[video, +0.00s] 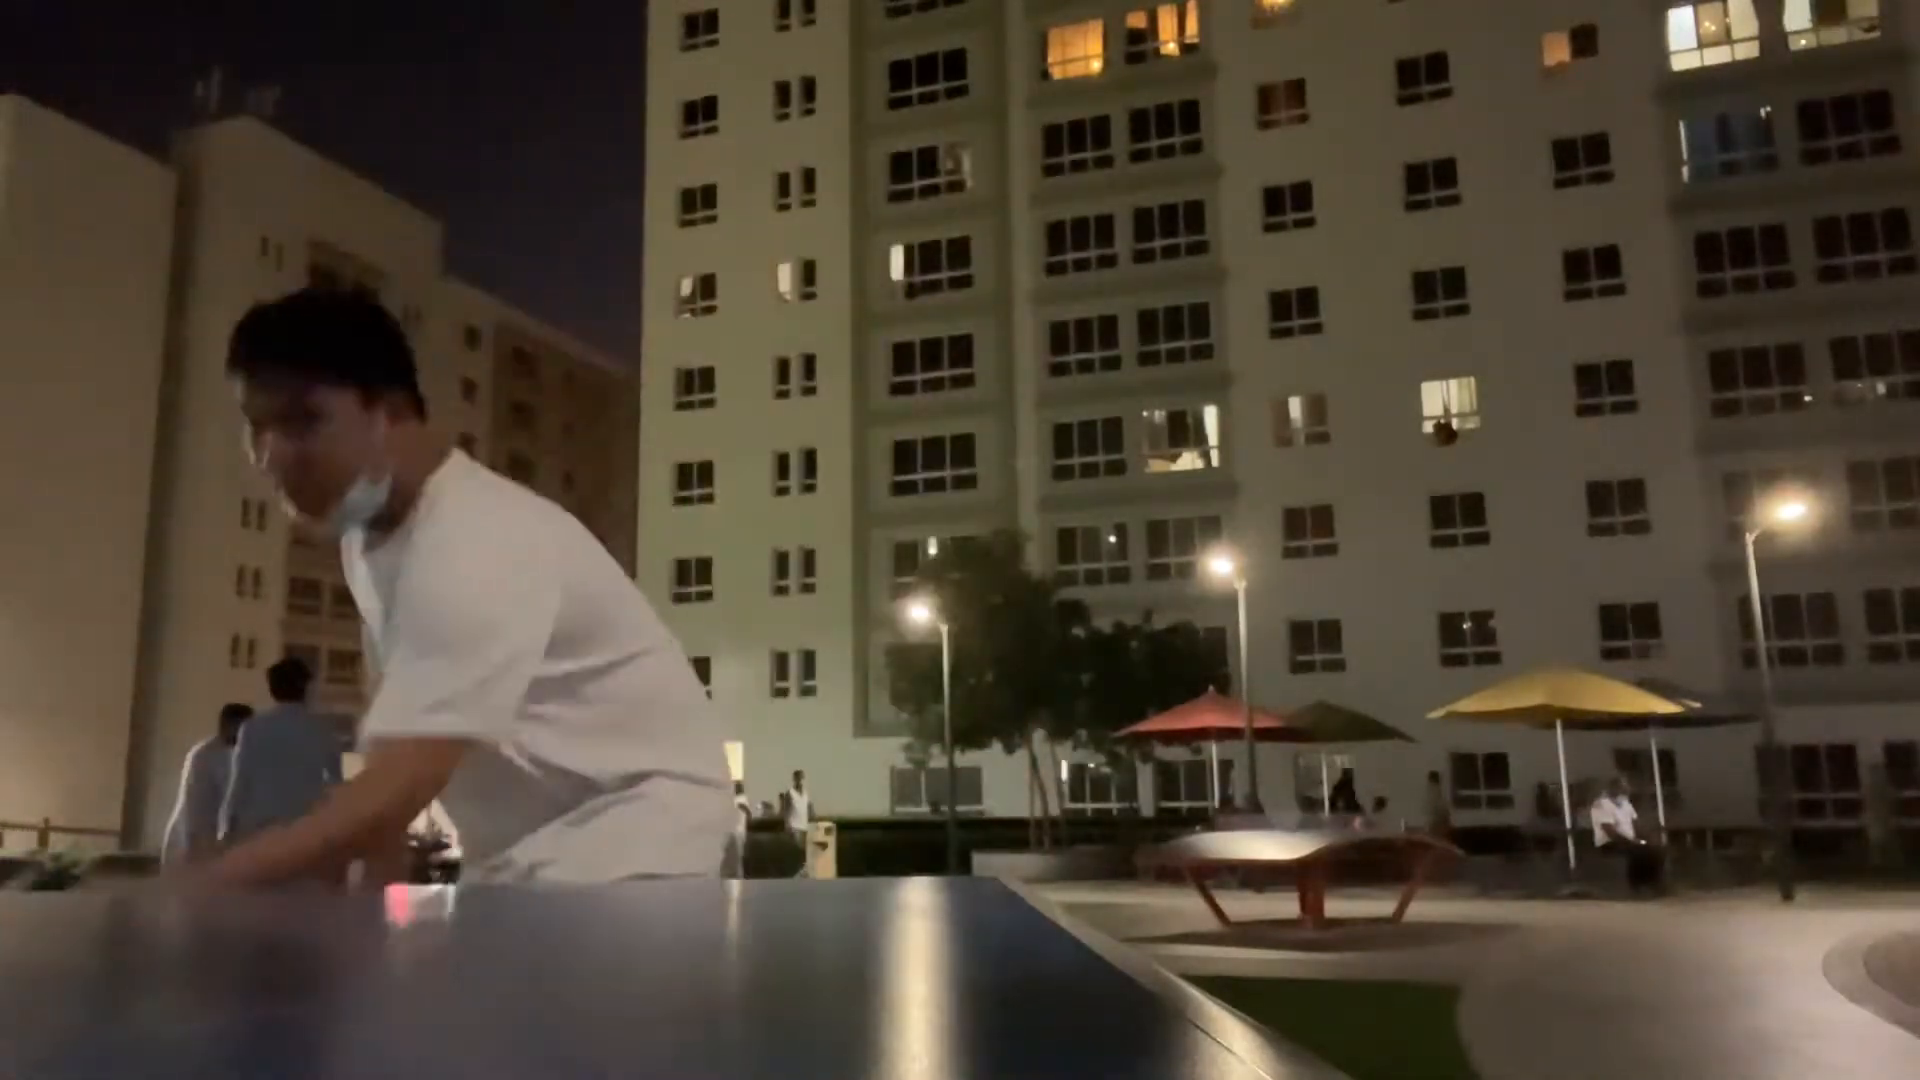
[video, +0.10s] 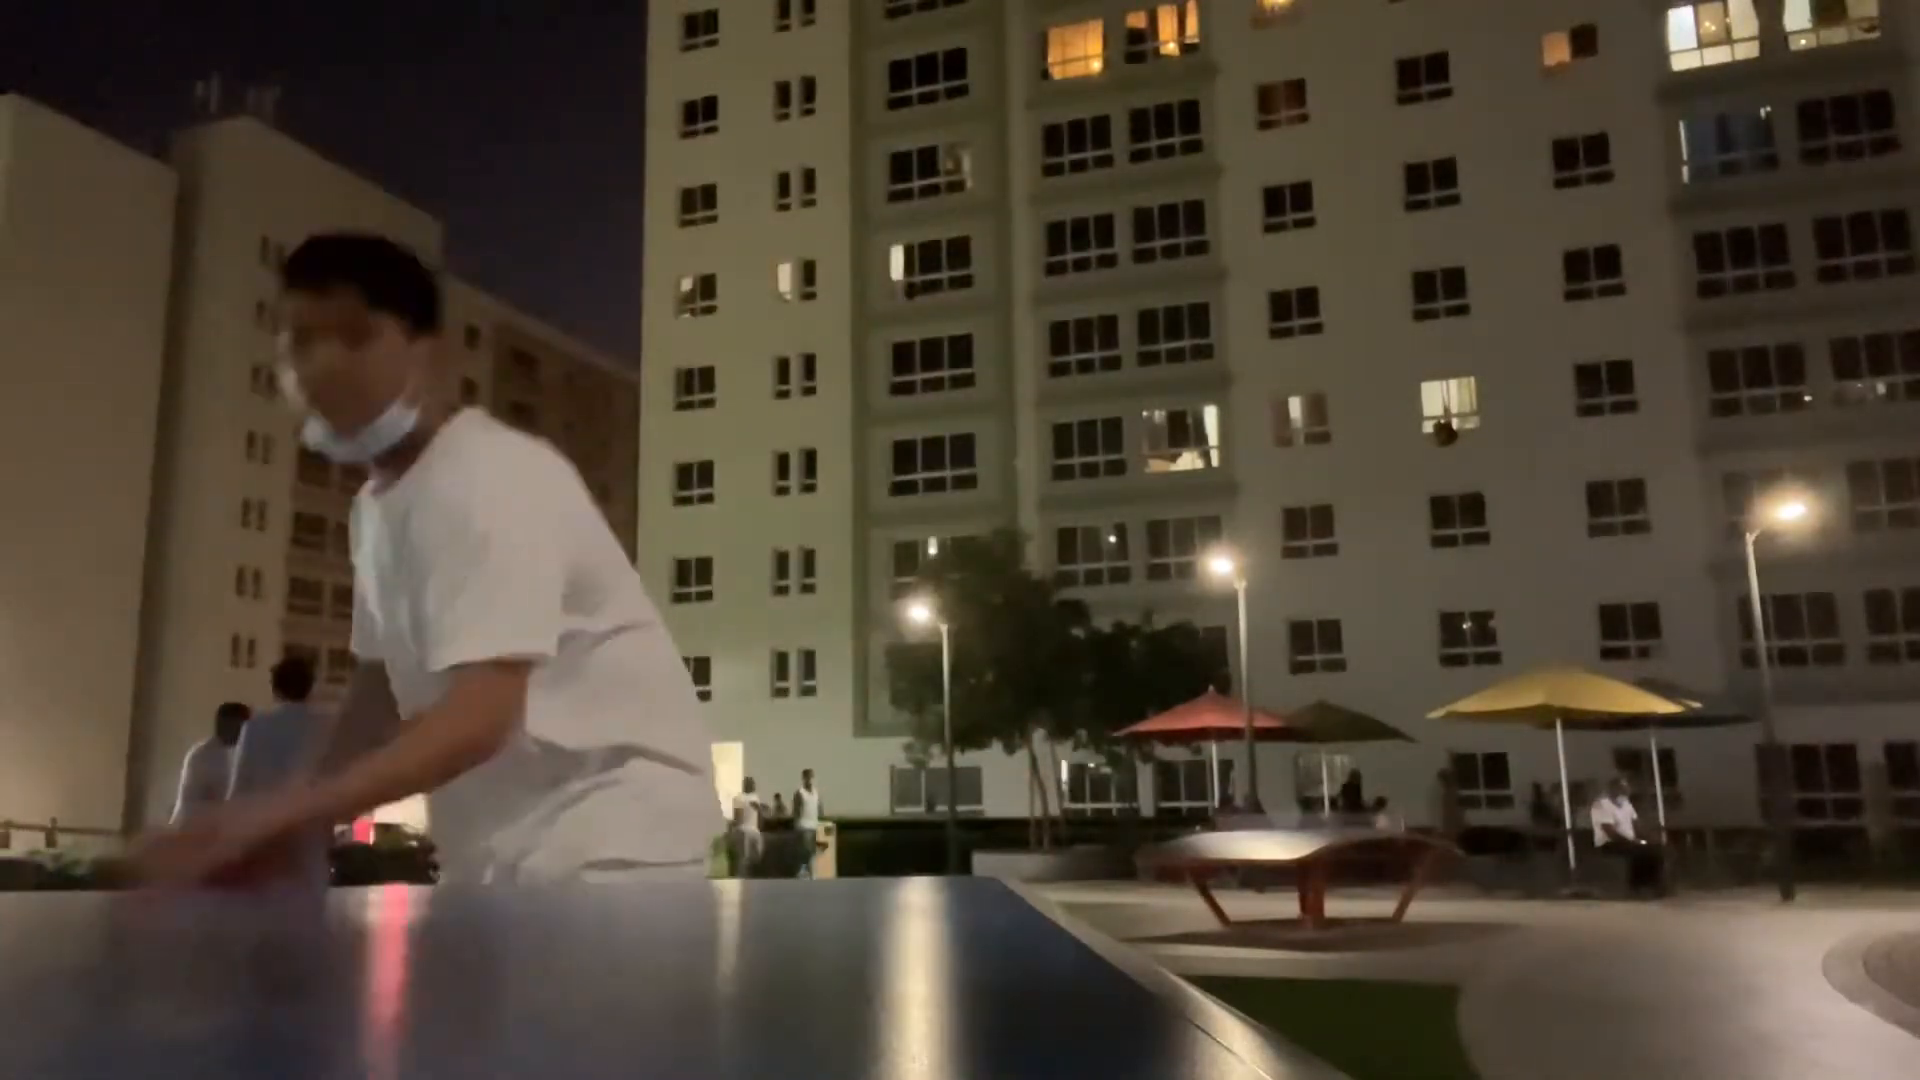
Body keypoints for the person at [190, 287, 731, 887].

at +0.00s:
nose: (272, 459)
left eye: (302, 422)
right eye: (258, 429)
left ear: (389, 413)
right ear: (245, 432)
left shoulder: (479, 539)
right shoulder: (370, 541)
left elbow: (402, 785)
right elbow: (394, 728)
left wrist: (207, 883)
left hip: (636, 835)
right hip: (516, 847)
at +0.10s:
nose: (310, 372)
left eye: (343, 338)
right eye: (298, 344)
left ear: (420, 344)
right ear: (284, 362)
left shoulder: (488, 479)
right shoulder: (377, 509)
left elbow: (479, 719)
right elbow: (380, 697)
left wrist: (268, 821)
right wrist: (290, 830)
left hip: (613, 858)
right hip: (503, 863)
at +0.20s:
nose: (373, 323)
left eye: (406, 297)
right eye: (353, 299)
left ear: (477, 318)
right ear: (330, 320)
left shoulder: (535, 450)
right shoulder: (396, 491)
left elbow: (531, 673)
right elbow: (372, 672)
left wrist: (328, 741)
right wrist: (277, 750)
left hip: (608, 852)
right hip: (484, 863)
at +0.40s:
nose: (441, 284)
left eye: (473, 258)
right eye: (420, 260)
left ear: (543, 294)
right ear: (398, 288)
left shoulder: (602, 434)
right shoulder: (449, 463)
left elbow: (537, 636)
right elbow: (424, 640)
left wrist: (384, 797)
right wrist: (334, 707)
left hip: (652, 827)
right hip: (519, 843)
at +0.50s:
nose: (419, 274)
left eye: (450, 241)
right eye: (409, 252)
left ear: (541, 268)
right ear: (404, 280)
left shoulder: (589, 406)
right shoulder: (477, 447)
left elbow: (470, 615)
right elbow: (420, 623)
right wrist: (261, 625)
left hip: (626, 851)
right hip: (504, 857)